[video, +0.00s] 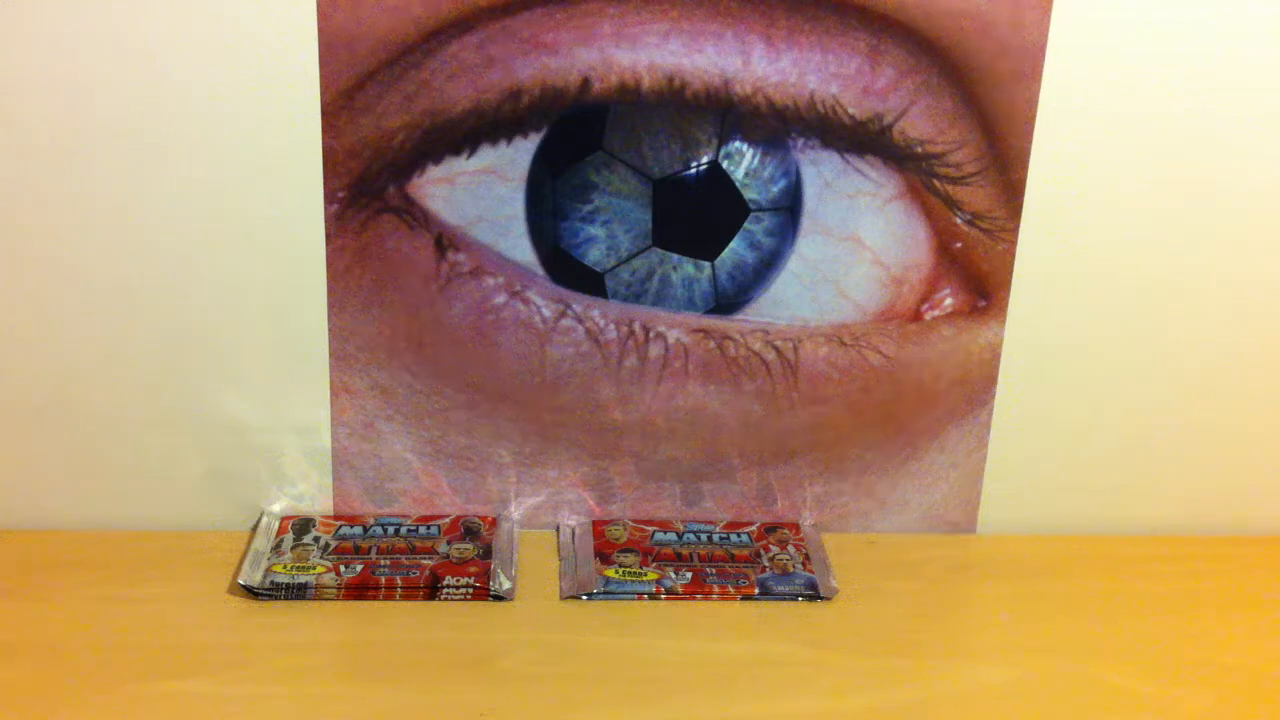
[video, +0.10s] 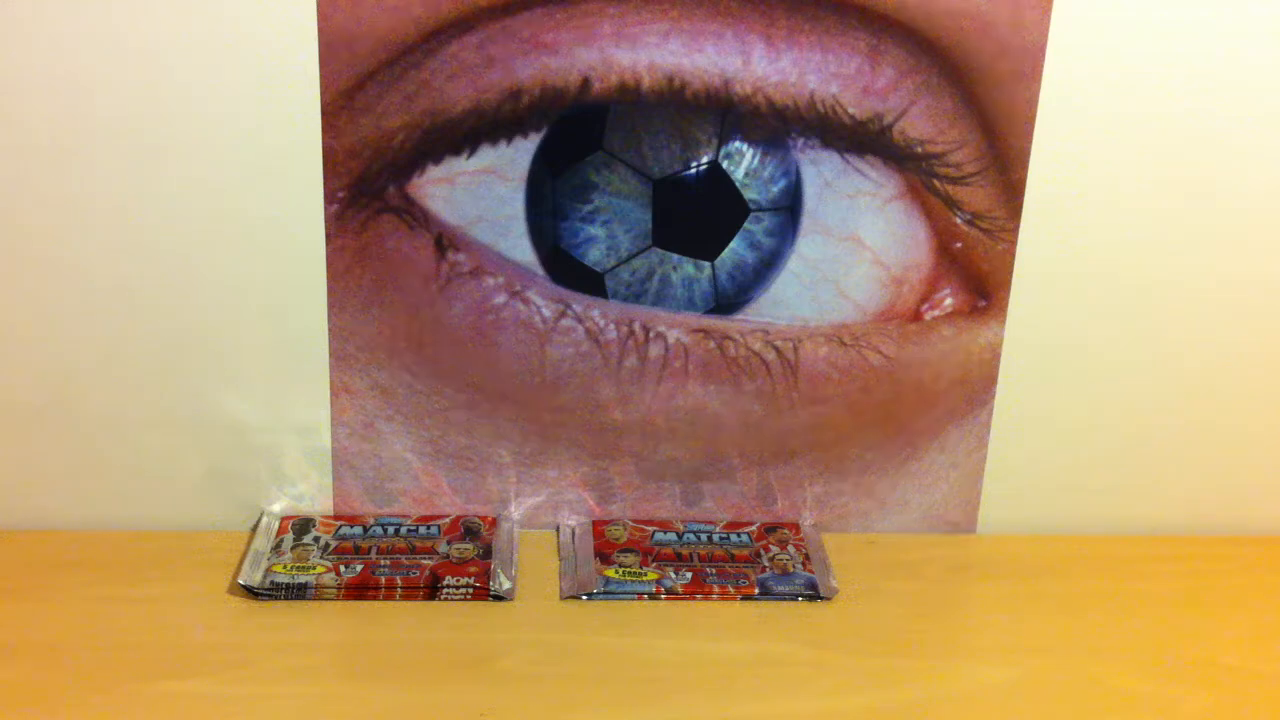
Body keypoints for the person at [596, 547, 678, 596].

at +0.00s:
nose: (621, 560)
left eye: (626, 557)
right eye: (619, 557)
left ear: (638, 558)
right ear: (616, 558)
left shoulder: (650, 573)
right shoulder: (610, 571)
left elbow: (669, 585)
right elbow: (597, 590)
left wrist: (675, 589)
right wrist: (597, 574)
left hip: (640, 607)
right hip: (612, 606)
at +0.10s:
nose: (621, 560)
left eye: (626, 557)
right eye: (618, 557)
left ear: (638, 558)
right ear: (616, 558)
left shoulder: (650, 573)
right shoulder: (610, 571)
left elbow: (669, 585)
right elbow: (597, 590)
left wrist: (675, 588)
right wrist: (597, 574)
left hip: (640, 607)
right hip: (612, 606)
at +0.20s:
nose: (621, 560)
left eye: (626, 557)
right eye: (618, 557)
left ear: (638, 558)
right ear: (616, 558)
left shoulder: (650, 573)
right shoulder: (610, 571)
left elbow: (668, 585)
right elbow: (597, 590)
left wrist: (675, 588)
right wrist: (597, 574)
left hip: (640, 607)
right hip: (612, 606)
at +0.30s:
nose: (621, 560)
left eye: (626, 557)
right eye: (618, 557)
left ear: (638, 558)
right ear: (616, 558)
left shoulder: (650, 573)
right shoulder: (610, 571)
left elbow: (668, 585)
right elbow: (597, 590)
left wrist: (675, 588)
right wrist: (597, 574)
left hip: (640, 607)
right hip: (612, 606)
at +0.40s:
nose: (621, 560)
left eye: (626, 557)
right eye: (618, 557)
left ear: (638, 558)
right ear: (616, 558)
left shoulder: (650, 573)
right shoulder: (610, 571)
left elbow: (668, 585)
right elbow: (597, 590)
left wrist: (675, 588)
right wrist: (597, 574)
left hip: (640, 607)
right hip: (612, 606)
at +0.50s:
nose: (621, 560)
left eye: (625, 557)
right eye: (618, 557)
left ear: (638, 558)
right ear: (615, 558)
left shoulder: (651, 573)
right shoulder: (610, 571)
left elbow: (670, 586)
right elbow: (597, 590)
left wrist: (676, 589)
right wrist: (597, 574)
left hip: (640, 607)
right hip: (613, 606)